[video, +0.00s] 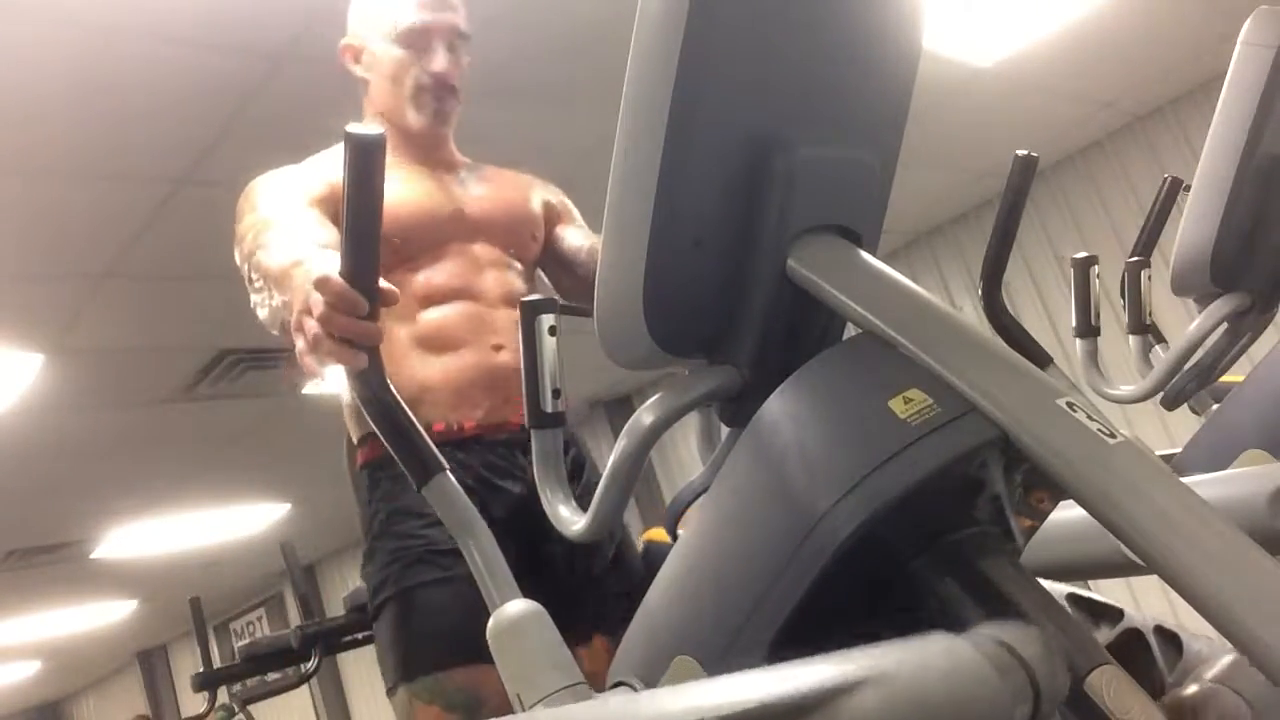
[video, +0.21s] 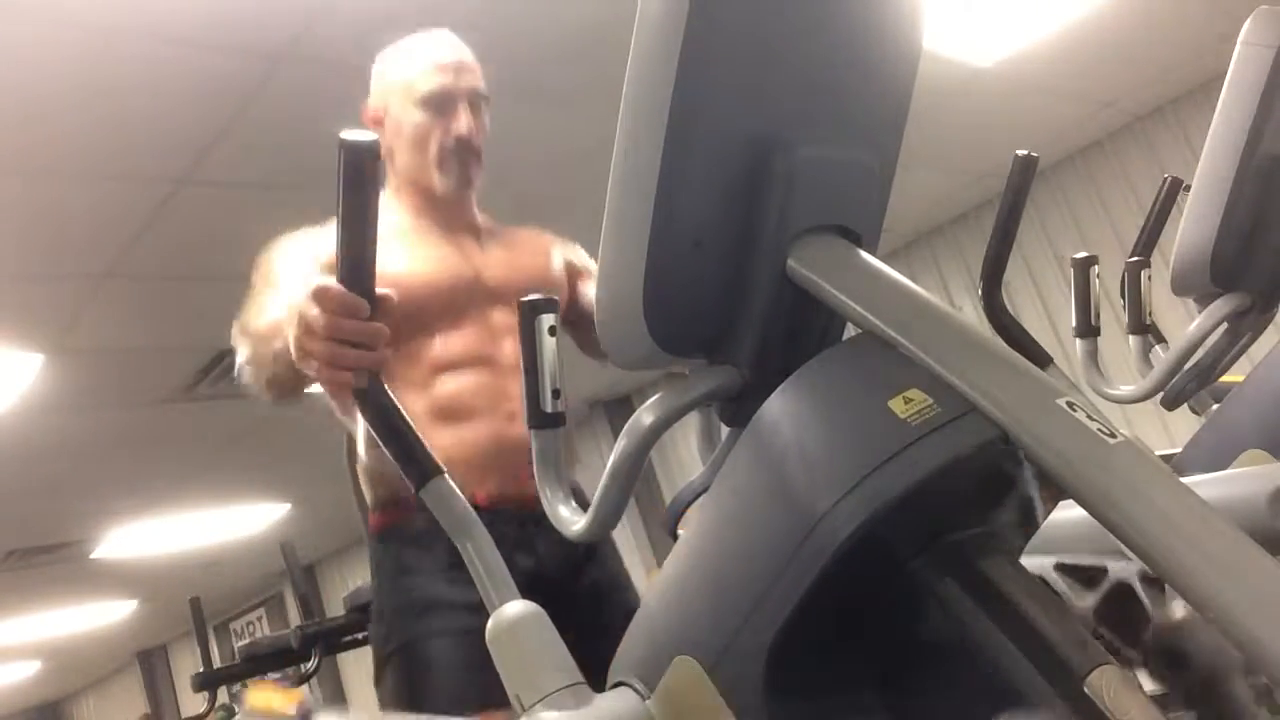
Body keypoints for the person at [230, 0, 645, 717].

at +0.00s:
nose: (443, 65)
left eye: (457, 46)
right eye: (416, 42)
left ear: (470, 61)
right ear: (356, 56)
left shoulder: (530, 195)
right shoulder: (299, 186)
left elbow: (620, 288)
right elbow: (279, 254)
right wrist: (307, 297)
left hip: (549, 455)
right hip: (418, 471)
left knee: (633, 681)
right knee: (457, 704)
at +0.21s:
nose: (465, 128)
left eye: (476, 105)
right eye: (437, 104)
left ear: (491, 116)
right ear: (376, 121)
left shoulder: (546, 253)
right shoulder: (319, 254)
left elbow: (632, 337)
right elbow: (263, 371)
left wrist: (600, 307)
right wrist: (296, 337)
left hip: (566, 537)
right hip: (430, 551)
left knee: (643, 703)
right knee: (460, 709)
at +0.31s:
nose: (470, 179)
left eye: (482, 157)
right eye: (442, 158)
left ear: (497, 169)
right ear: (384, 183)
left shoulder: (553, 307)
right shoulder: (329, 317)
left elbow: (662, 378)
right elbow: (255, 436)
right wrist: (297, 377)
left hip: (576, 587)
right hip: (441, 610)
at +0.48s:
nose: (417, 160)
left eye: (425, 137)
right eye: (385, 142)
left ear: (446, 157)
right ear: (341, 179)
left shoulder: (530, 303)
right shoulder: (296, 329)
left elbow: (628, 390)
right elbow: (247, 461)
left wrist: (736, 377)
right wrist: (298, 402)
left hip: (559, 588)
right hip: (423, 608)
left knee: (636, 712)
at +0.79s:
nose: (319, 136)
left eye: (332, 129)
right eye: (284, 127)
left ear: (356, 170)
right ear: (237, 189)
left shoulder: (450, 281)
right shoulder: (203, 322)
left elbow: (584, 341)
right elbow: (170, 454)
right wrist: (274, 400)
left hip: (508, 592)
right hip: (363, 631)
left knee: (688, 675)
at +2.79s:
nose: (316, 117)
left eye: (322, 116)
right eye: (275, 117)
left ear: (353, 164)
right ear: (234, 192)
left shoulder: (457, 298)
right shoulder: (205, 341)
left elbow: (617, 375)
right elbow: (183, 557)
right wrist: (281, 473)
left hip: (537, 624)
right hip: (386, 674)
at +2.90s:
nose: (323, 77)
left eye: (328, 75)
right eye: (284, 77)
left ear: (355, 119)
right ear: (243, 145)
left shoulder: (460, 246)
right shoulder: (210, 268)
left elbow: (591, 338)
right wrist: (284, 417)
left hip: (519, 572)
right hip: (373, 611)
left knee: (677, 696)